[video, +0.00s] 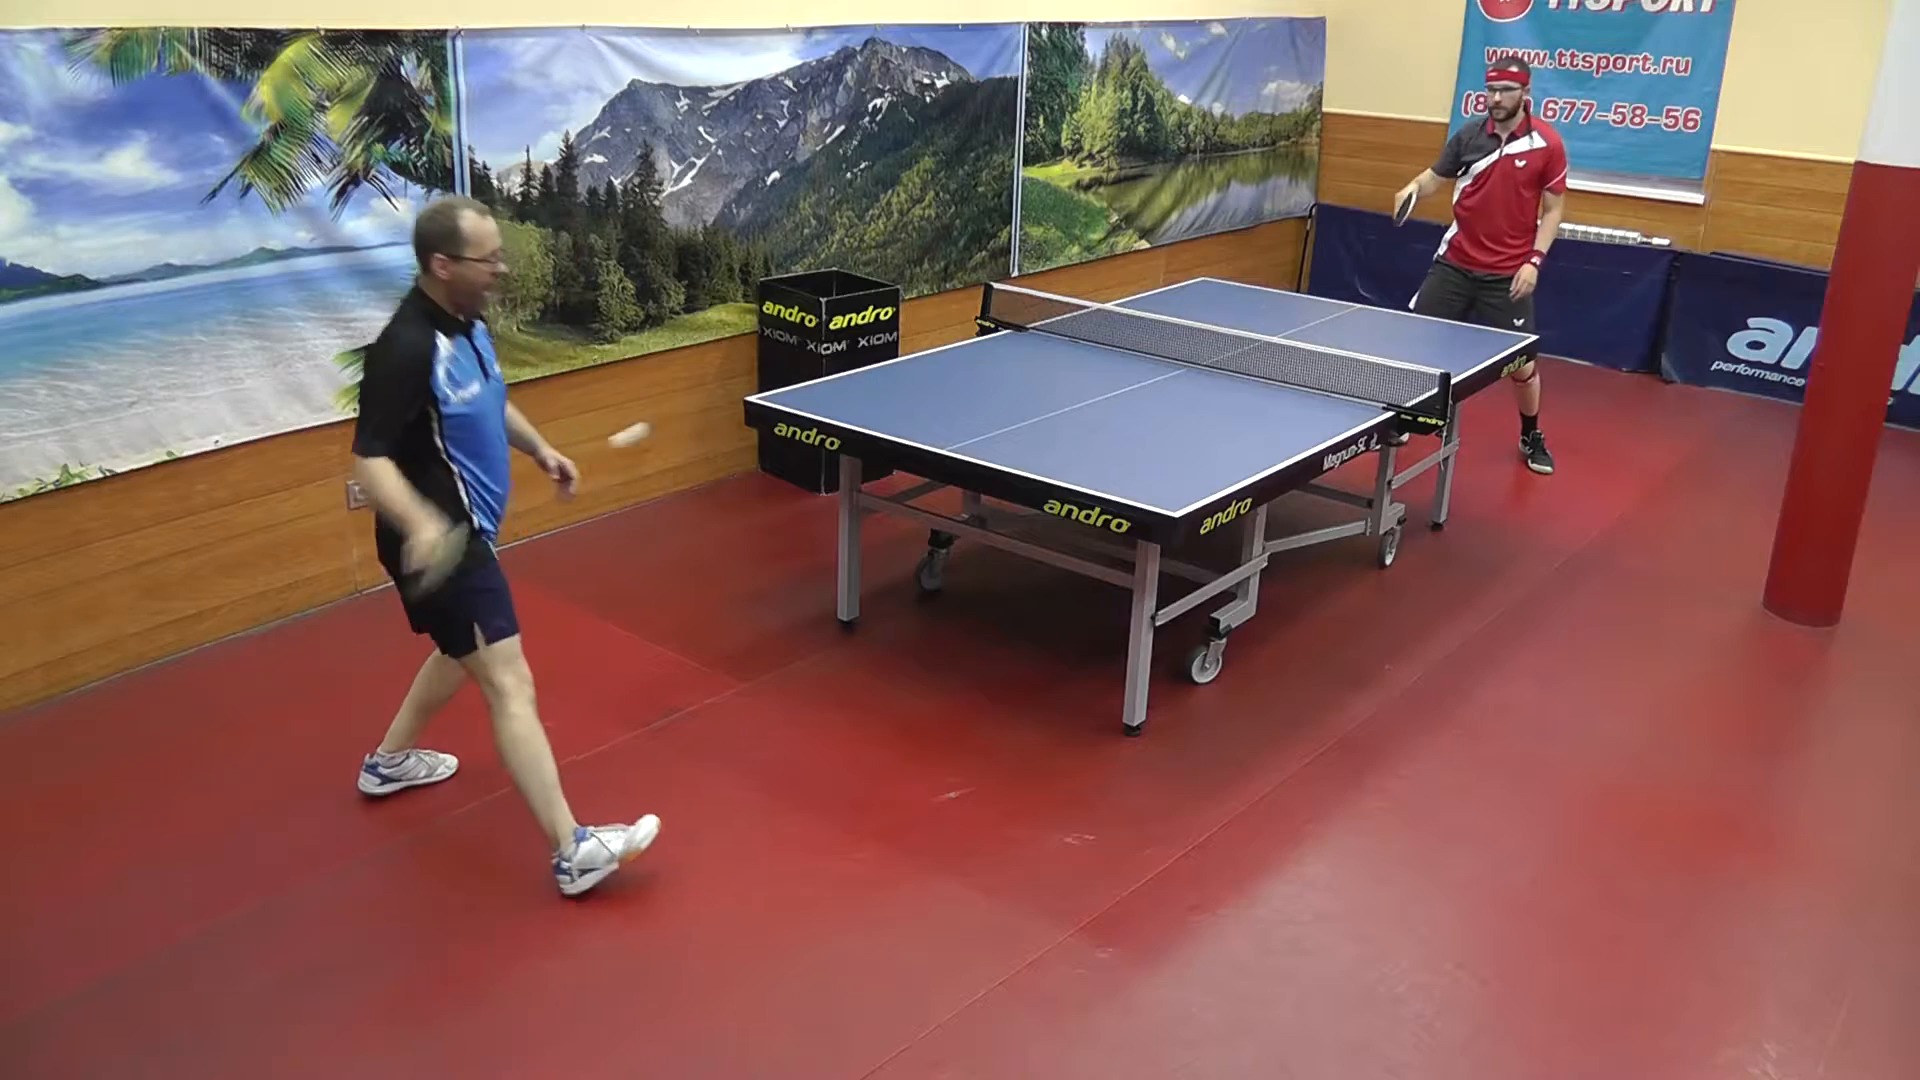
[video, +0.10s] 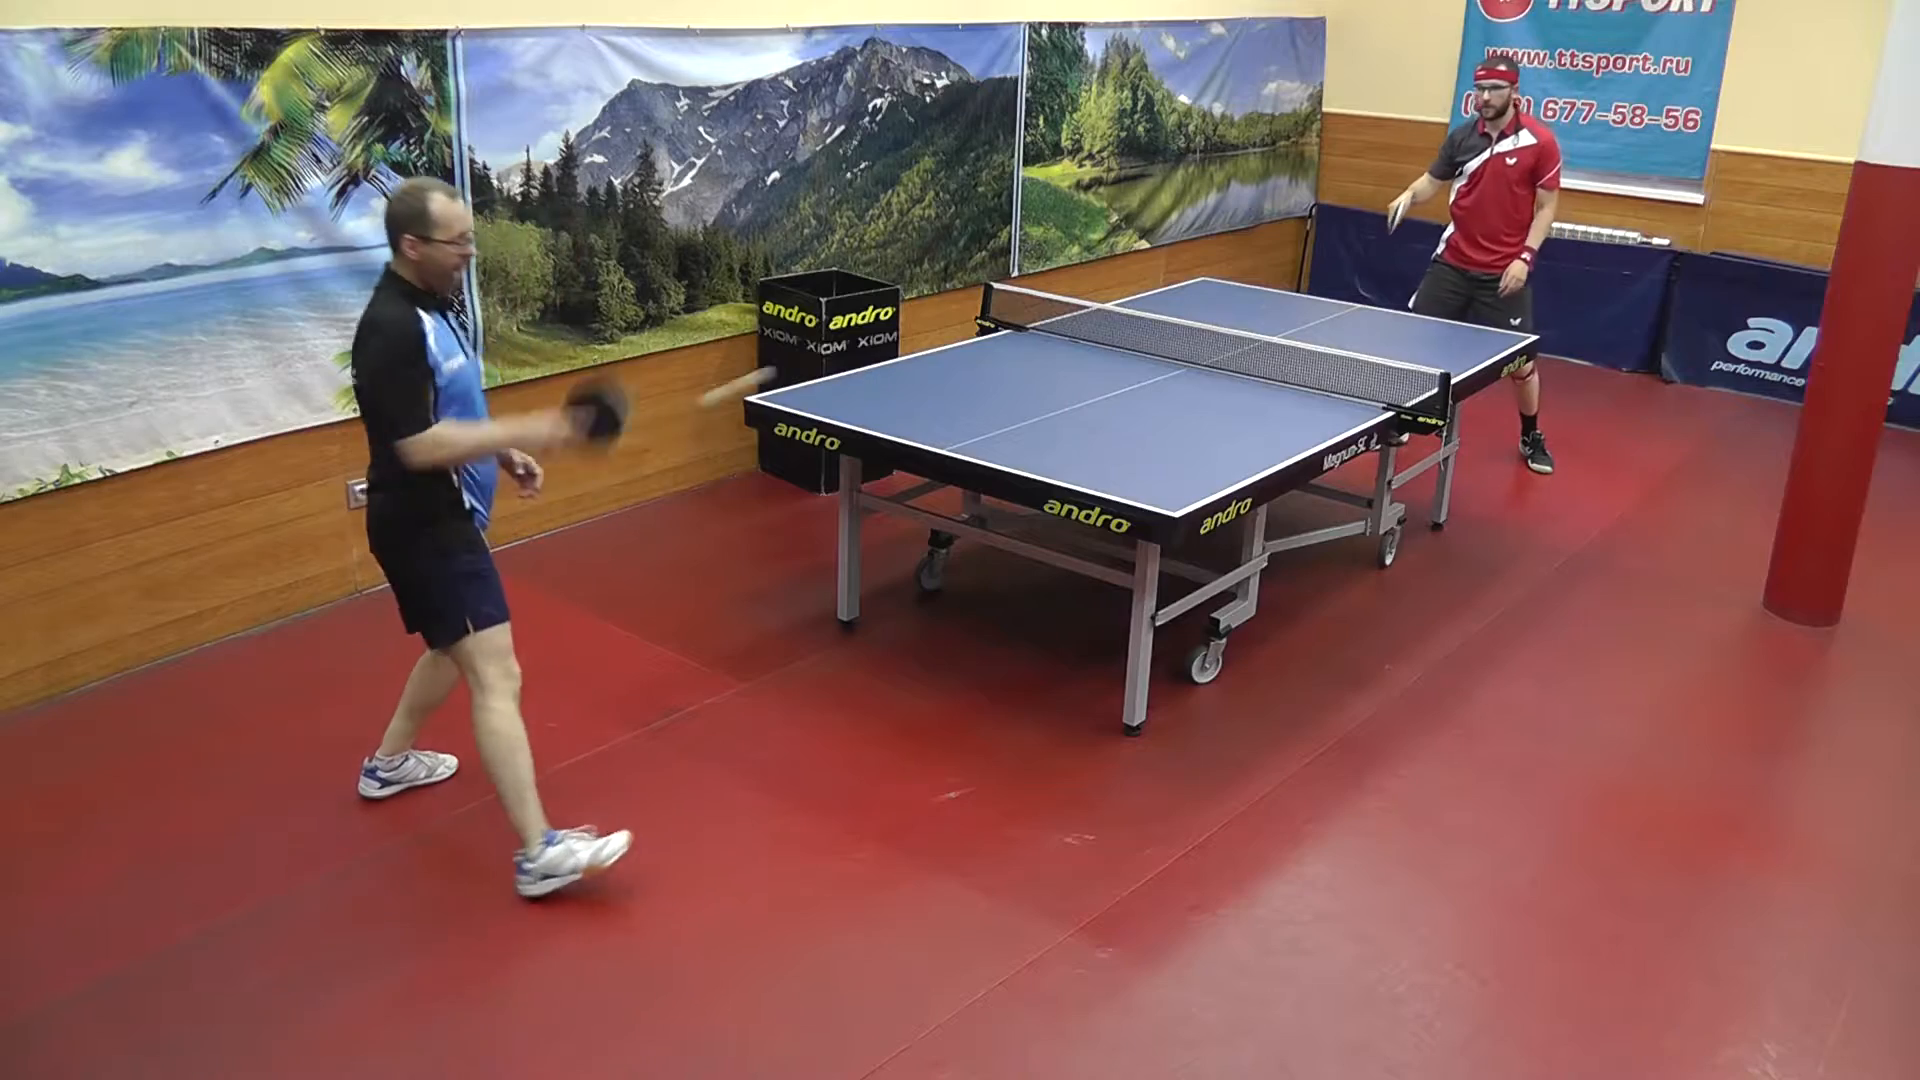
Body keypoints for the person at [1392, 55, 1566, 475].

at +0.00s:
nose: (1495, 99)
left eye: (1505, 91)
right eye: (1490, 90)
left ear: (1524, 94)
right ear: (1485, 92)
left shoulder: (1547, 144)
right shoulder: (1469, 134)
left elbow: (1553, 210)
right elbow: (1437, 175)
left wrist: (1534, 262)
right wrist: (1415, 187)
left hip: (1508, 276)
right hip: (1454, 265)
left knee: (1523, 366)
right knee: (1414, 338)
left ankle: (1531, 437)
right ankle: (1401, 414)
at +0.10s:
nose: (1484, 98)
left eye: (1493, 90)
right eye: (1479, 89)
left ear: (1514, 93)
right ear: (1473, 92)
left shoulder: (1540, 141)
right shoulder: (1461, 137)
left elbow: (1546, 207)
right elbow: (1432, 181)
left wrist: (1524, 259)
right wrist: (1408, 196)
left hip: (1505, 273)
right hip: (1452, 264)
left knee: (1521, 363)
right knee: (1413, 338)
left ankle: (1531, 437)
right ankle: (1402, 414)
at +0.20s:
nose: (1473, 99)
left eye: (1483, 91)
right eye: (1469, 90)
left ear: (1504, 93)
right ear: (1463, 93)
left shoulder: (1532, 141)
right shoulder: (1456, 137)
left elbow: (1540, 205)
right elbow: (1428, 184)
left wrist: (1515, 257)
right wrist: (1399, 199)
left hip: (1503, 271)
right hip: (1450, 263)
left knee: (1520, 362)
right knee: (1413, 337)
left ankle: (1531, 437)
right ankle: (1406, 412)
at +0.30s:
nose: (1463, 106)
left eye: (1472, 98)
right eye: (1458, 97)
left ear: (1492, 98)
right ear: (1453, 98)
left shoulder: (1521, 145)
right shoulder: (1448, 142)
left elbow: (1534, 209)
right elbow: (1419, 187)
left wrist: (1508, 259)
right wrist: (1395, 205)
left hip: (1500, 273)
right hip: (1447, 266)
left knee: (1518, 363)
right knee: (1409, 338)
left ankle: (1531, 437)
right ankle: (1403, 413)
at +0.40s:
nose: (1457, 113)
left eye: (1465, 105)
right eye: (1451, 105)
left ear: (1484, 104)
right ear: (1444, 105)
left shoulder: (1514, 146)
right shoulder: (1439, 144)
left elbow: (1528, 211)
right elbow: (1406, 197)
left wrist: (1512, 265)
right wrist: (1411, 221)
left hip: (1494, 274)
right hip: (1441, 268)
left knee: (1517, 362)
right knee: (1398, 336)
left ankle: (1531, 438)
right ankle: (1398, 414)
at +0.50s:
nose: (1457, 115)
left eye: (1466, 107)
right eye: (1451, 107)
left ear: (1484, 105)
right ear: (1443, 107)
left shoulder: (1511, 144)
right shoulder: (1434, 147)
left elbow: (1527, 206)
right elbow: (1401, 203)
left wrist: (1528, 259)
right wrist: (1416, 222)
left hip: (1496, 273)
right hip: (1439, 270)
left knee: (1519, 357)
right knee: (1398, 338)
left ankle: (1532, 438)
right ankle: (1395, 415)